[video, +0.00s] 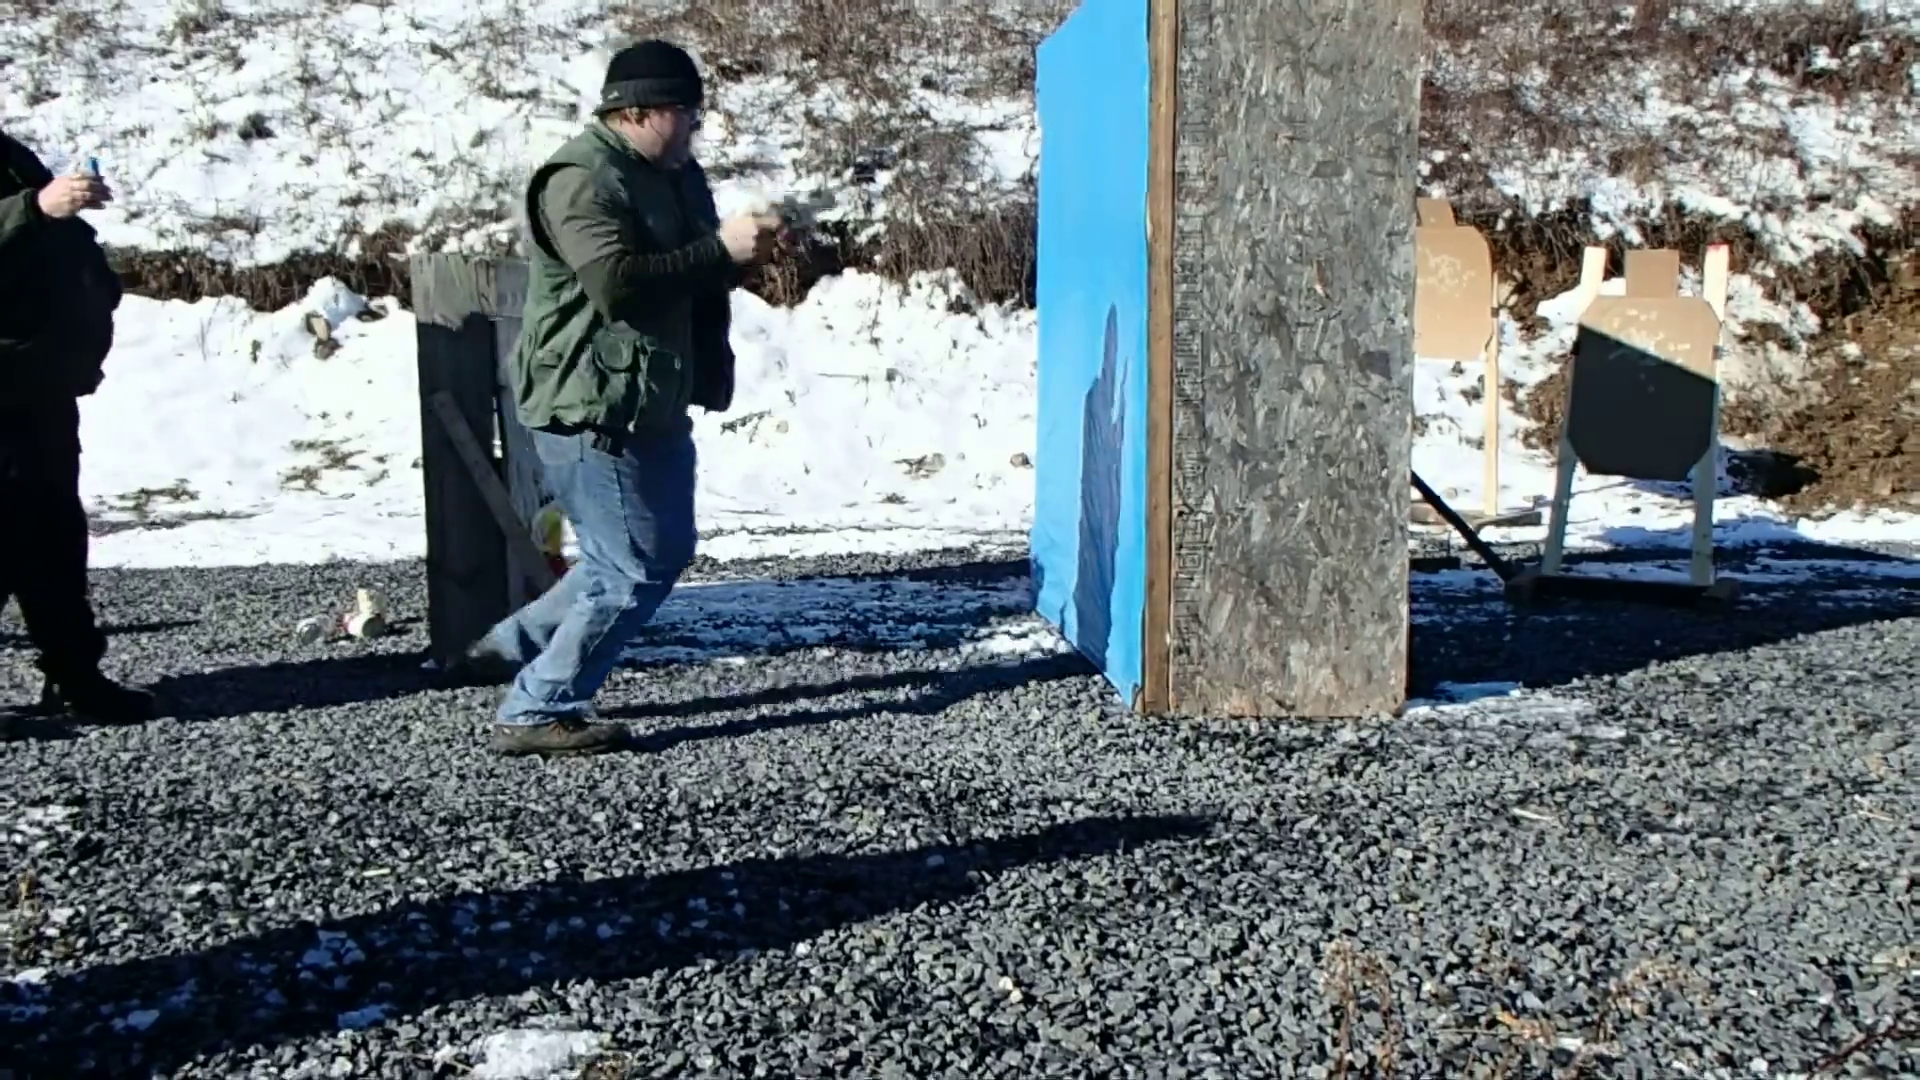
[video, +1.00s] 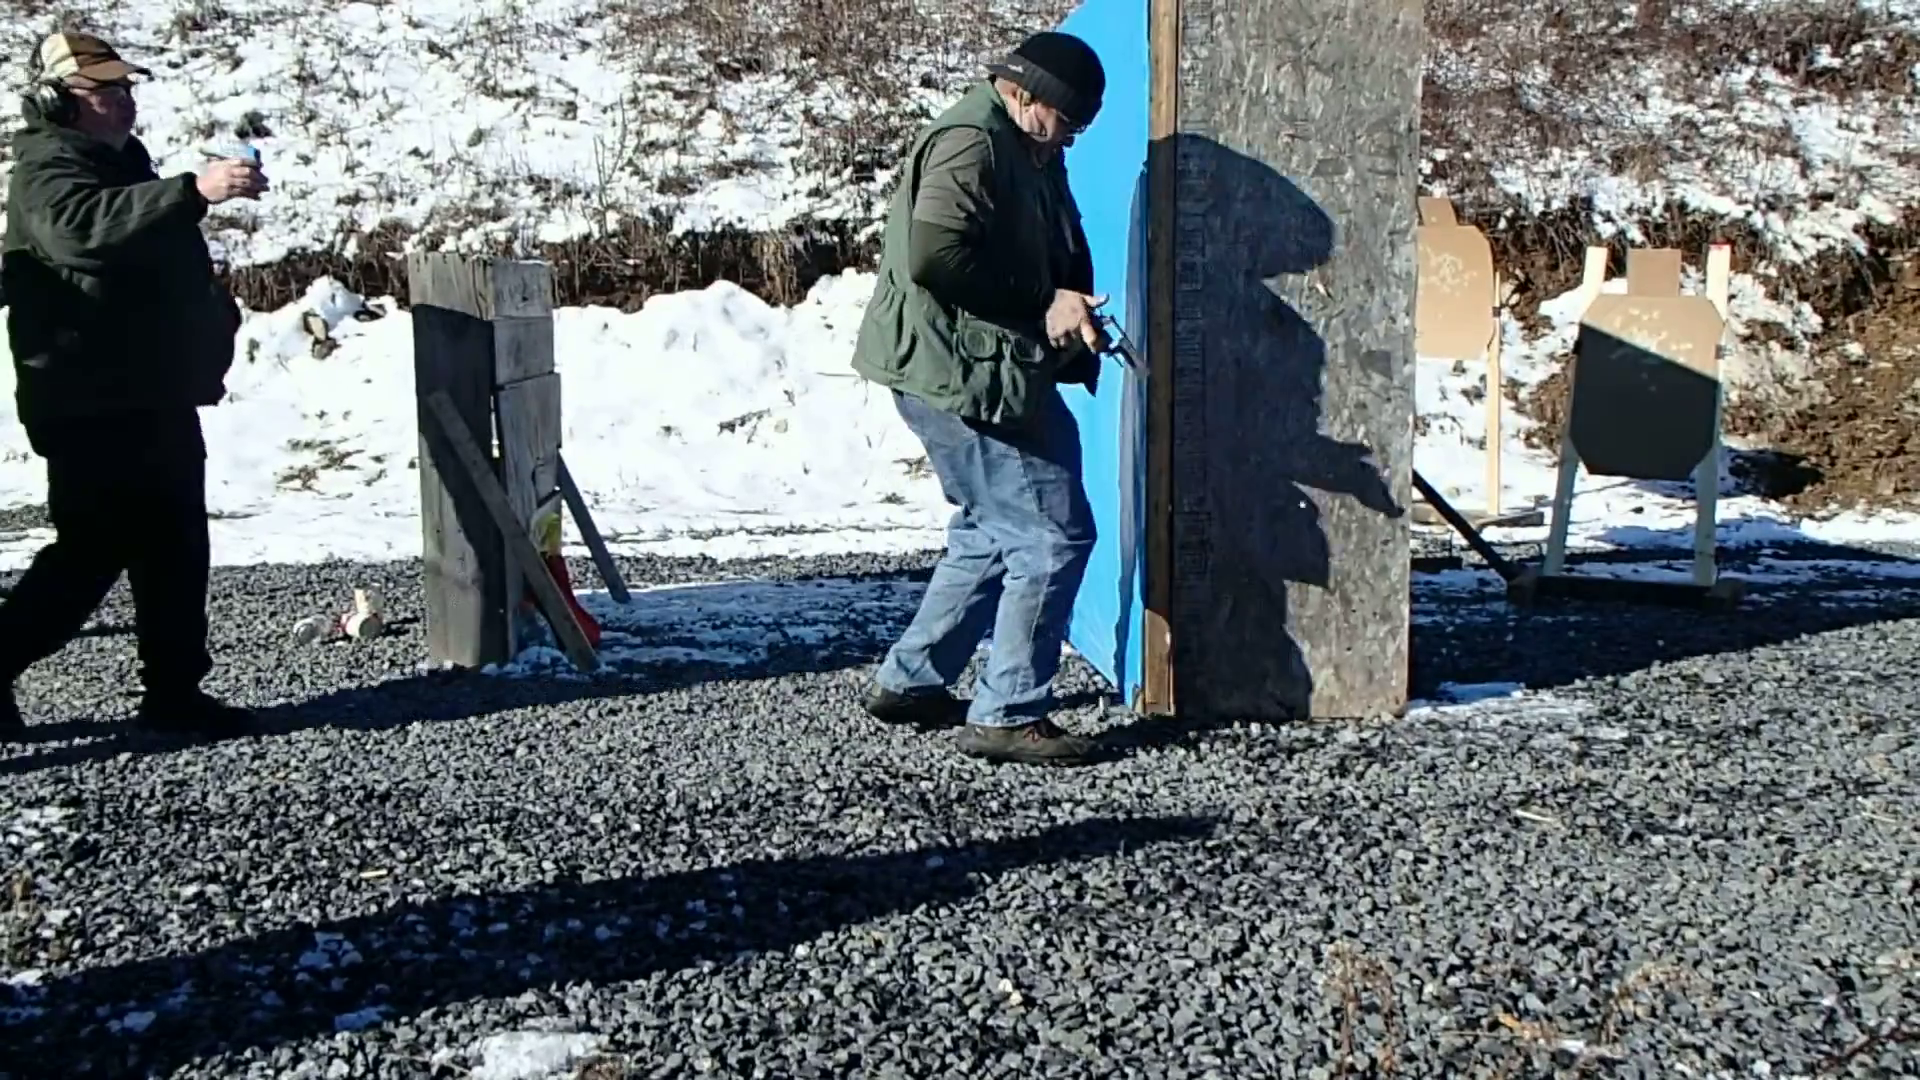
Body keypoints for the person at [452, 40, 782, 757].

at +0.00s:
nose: (697, 127)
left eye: (696, 113)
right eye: (689, 113)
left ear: (649, 111)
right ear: (648, 112)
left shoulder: (678, 177)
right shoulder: (580, 179)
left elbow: (699, 267)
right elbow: (615, 284)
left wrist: (766, 256)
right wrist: (720, 250)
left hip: (654, 402)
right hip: (584, 404)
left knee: (666, 550)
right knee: (628, 564)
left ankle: (517, 640)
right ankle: (539, 710)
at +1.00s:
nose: (1073, 134)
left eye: (1079, 121)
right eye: (1069, 117)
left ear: (1031, 98)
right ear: (1026, 94)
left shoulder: (1025, 153)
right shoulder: (973, 141)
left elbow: (1057, 263)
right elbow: (935, 255)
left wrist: (1071, 323)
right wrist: (1040, 308)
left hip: (966, 371)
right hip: (964, 375)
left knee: (988, 531)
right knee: (1055, 534)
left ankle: (909, 682)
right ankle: (1008, 714)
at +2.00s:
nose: (1139, 108)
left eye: (1145, 95)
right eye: (1140, 90)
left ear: (1082, 58)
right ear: (1110, 67)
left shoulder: (1035, 98)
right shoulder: (1061, 96)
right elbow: (1046, 208)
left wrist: (1138, 298)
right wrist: (1136, 280)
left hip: (1018, 353)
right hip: (1039, 357)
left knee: (1057, 534)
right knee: (1095, 538)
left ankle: (1025, 701)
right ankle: (1011, 710)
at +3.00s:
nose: (1204, 107)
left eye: (1204, 94)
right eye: (1202, 94)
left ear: (1123, 71)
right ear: (1178, 84)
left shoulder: (1070, 115)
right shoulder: (1158, 134)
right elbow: (1255, 166)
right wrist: (1348, 164)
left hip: (1011, 368)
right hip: (1086, 382)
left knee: (1062, 545)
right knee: (1155, 558)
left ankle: (1022, 707)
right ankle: (1167, 733)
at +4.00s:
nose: (1210, 108)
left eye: (1209, 94)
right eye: (1208, 94)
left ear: (1130, 71)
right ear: (1187, 85)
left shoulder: (1068, 116)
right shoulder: (1167, 131)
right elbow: (1262, 164)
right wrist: (1352, 164)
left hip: (1023, 373)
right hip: (1097, 383)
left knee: (1061, 547)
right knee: (1167, 557)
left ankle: (1021, 708)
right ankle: (1166, 734)